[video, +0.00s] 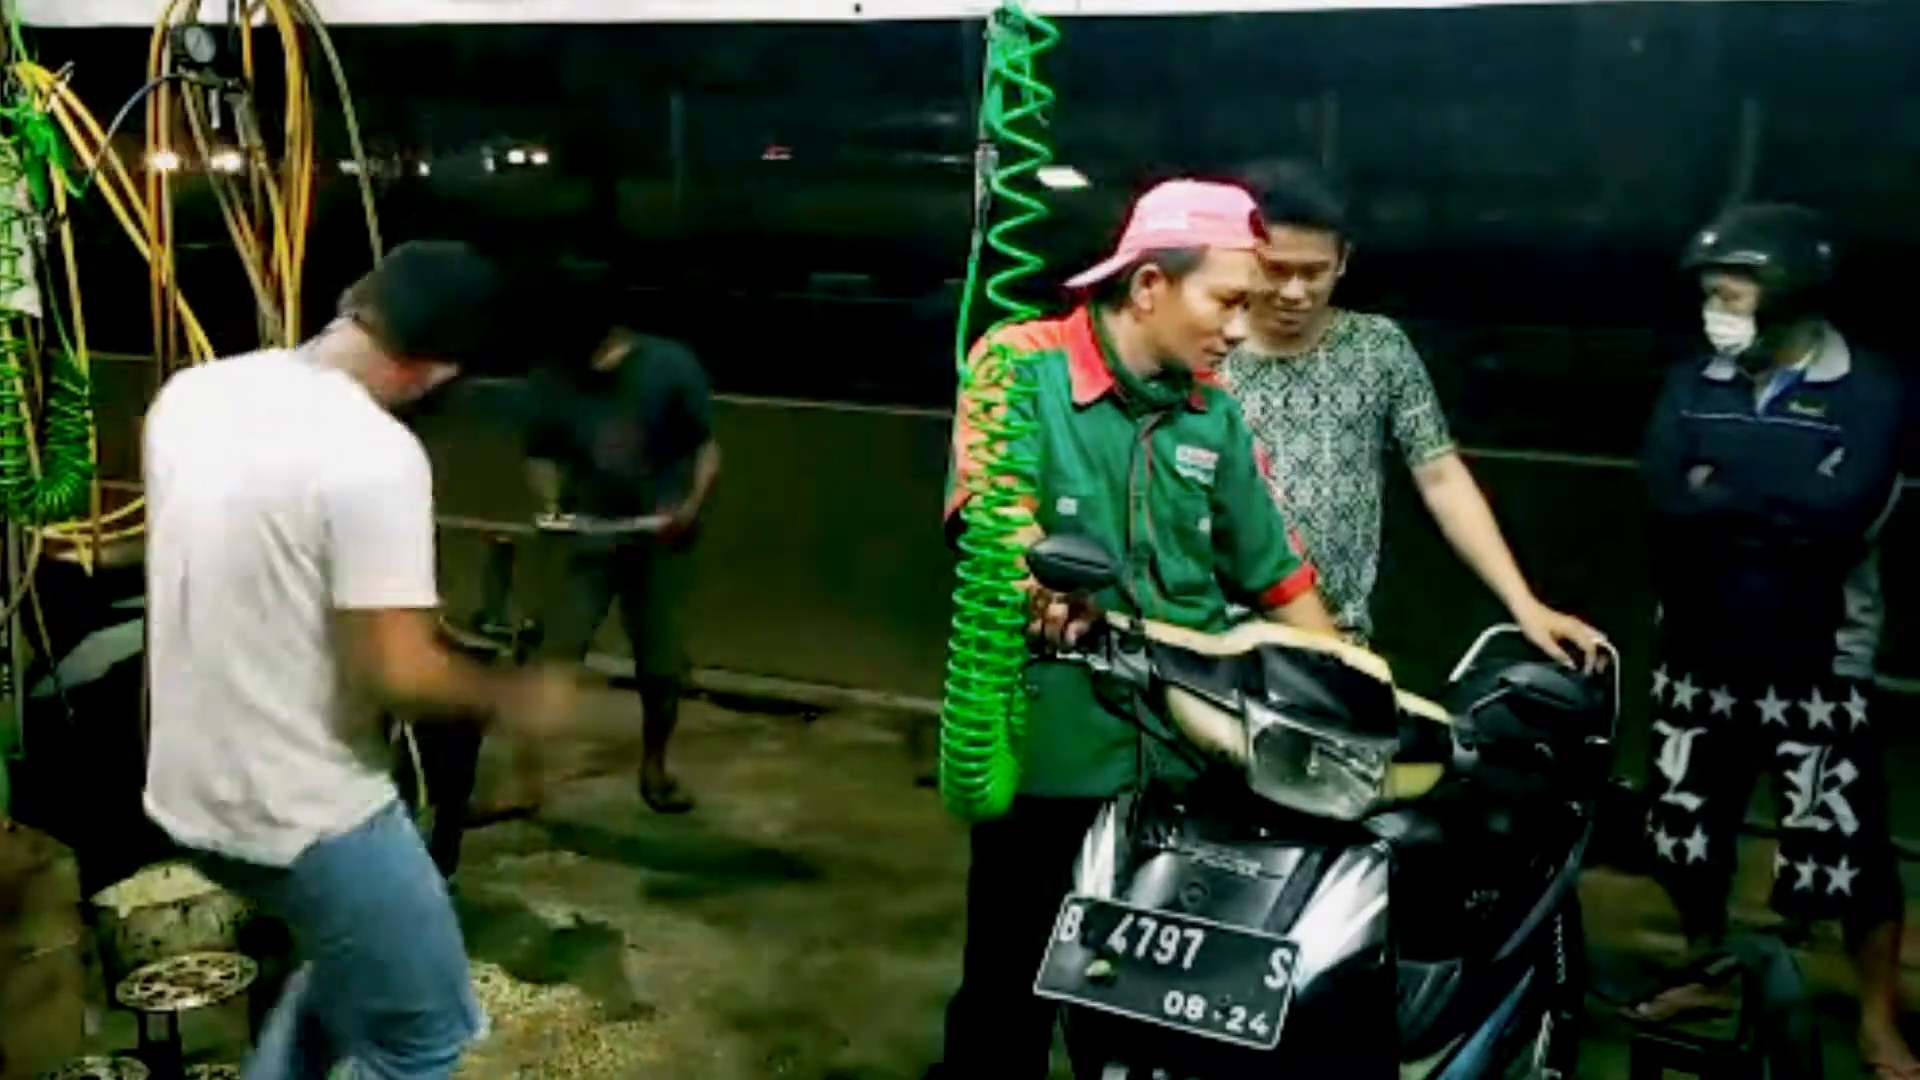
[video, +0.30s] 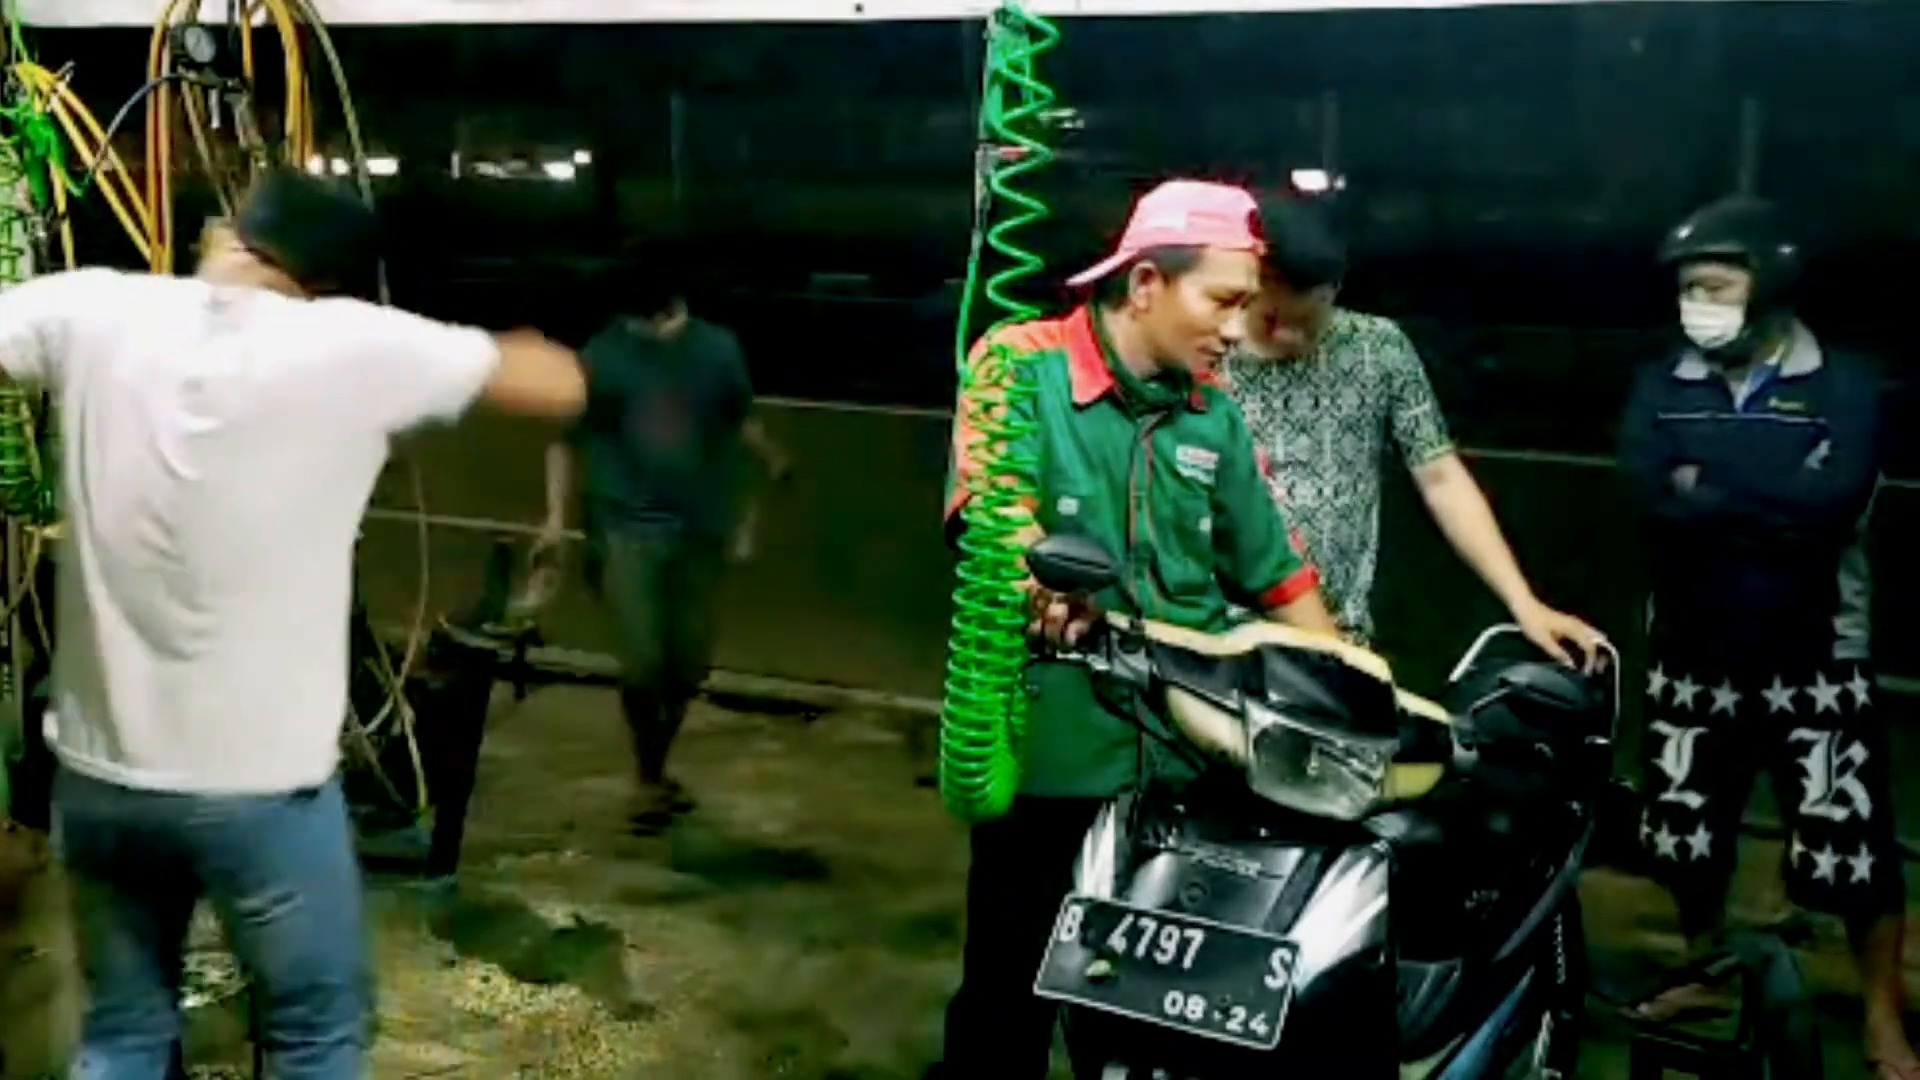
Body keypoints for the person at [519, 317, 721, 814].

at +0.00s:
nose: (595, 356)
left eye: (599, 346)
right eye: (584, 350)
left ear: (616, 330)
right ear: (568, 342)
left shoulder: (669, 369)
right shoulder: (554, 379)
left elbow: (707, 448)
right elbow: (540, 454)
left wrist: (687, 509)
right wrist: (549, 506)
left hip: (656, 541)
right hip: (585, 540)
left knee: (662, 666)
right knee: (555, 656)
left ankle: (655, 770)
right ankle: (527, 783)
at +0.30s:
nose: (657, 322)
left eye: (665, 309)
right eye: (646, 312)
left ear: (681, 301)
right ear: (629, 306)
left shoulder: (716, 351)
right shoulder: (605, 357)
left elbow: (741, 421)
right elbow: (563, 441)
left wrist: (772, 455)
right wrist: (558, 521)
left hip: (699, 528)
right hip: (629, 528)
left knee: (690, 657)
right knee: (644, 656)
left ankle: (653, 770)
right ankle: (650, 781)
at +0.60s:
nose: (703, 339)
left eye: (710, 326)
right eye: (689, 331)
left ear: (725, 312)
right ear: (666, 321)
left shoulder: (752, 352)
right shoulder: (636, 373)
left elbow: (773, 422)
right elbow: (608, 461)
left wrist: (772, 475)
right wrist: (682, 505)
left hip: (726, 530)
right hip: (653, 535)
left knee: (700, 659)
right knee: (704, 658)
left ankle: (658, 763)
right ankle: (720, 804)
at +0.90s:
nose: (768, 306)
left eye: (773, 292)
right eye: (754, 294)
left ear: (784, 289)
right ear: (720, 289)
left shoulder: (794, 340)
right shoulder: (687, 354)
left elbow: (808, 424)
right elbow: (654, 451)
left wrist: (804, 471)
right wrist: (750, 467)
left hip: (774, 541)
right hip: (705, 544)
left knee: (803, 671)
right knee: (719, 684)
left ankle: (789, 804)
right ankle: (719, 807)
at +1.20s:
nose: (843, 287)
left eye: (853, 276)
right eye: (830, 275)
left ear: (868, 283)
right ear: (803, 279)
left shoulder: (870, 344)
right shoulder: (769, 351)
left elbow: (864, 429)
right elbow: (733, 455)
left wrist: (879, 471)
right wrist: (836, 464)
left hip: (850, 553)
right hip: (772, 553)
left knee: (875, 686)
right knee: (753, 687)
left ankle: (888, 824)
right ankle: (722, 798)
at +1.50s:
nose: (923, 268)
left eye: (934, 255)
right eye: (910, 253)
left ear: (951, 264)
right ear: (882, 257)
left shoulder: (951, 340)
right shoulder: (850, 339)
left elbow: (969, 424)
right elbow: (819, 445)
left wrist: (977, 459)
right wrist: (928, 448)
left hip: (947, 548)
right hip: (873, 547)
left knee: (931, 704)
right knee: (887, 704)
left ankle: (902, 827)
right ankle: (815, 780)